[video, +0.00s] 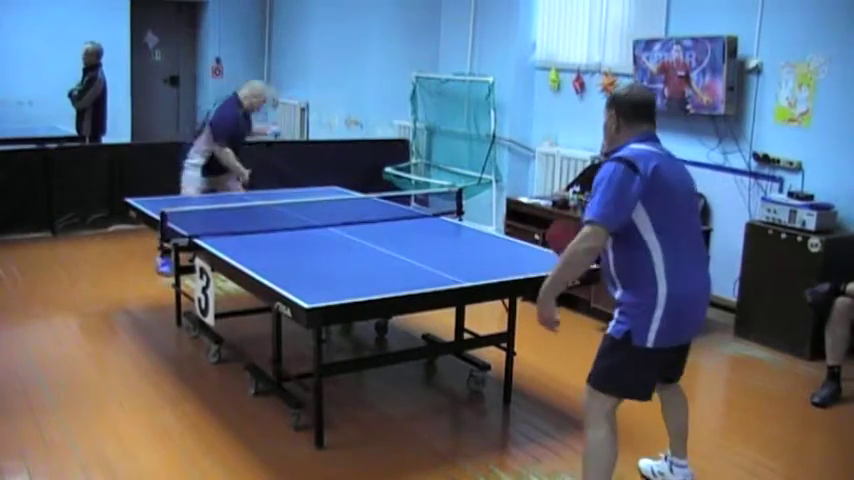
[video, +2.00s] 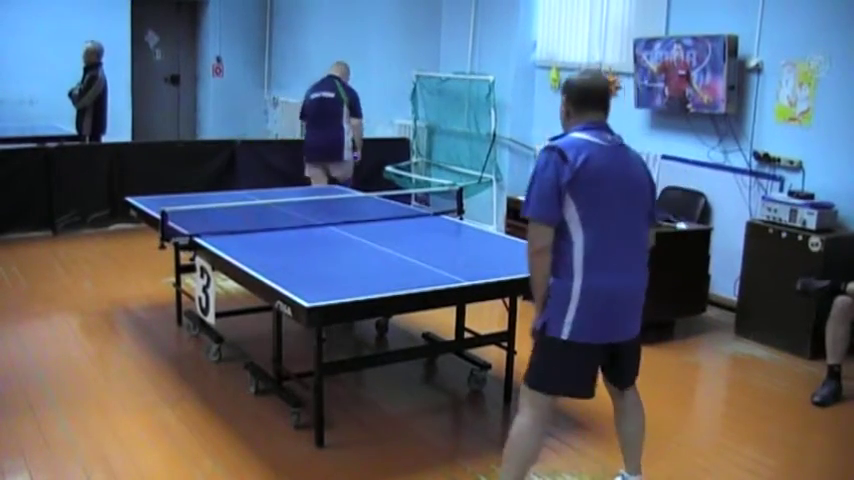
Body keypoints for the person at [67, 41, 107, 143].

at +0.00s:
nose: (84, 57)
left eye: (88, 54)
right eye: (84, 54)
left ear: (96, 57)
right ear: (83, 55)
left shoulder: (96, 77)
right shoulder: (87, 74)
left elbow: (81, 103)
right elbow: (77, 89)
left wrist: (73, 92)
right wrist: (76, 93)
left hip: (92, 129)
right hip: (84, 128)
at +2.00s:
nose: (84, 56)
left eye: (88, 53)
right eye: (85, 52)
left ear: (95, 55)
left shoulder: (96, 76)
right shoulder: (88, 73)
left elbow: (81, 101)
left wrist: (74, 92)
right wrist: (76, 93)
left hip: (92, 128)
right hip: (85, 127)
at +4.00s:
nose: (83, 56)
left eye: (87, 53)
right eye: (83, 52)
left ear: (94, 55)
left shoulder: (95, 76)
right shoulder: (87, 73)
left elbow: (80, 102)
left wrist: (73, 91)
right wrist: (76, 92)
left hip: (91, 128)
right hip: (85, 127)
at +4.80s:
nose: (83, 56)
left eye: (87, 53)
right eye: (83, 53)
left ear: (95, 56)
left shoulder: (95, 76)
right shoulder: (87, 73)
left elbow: (80, 102)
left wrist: (72, 92)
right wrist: (75, 93)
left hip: (91, 128)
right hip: (84, 127)